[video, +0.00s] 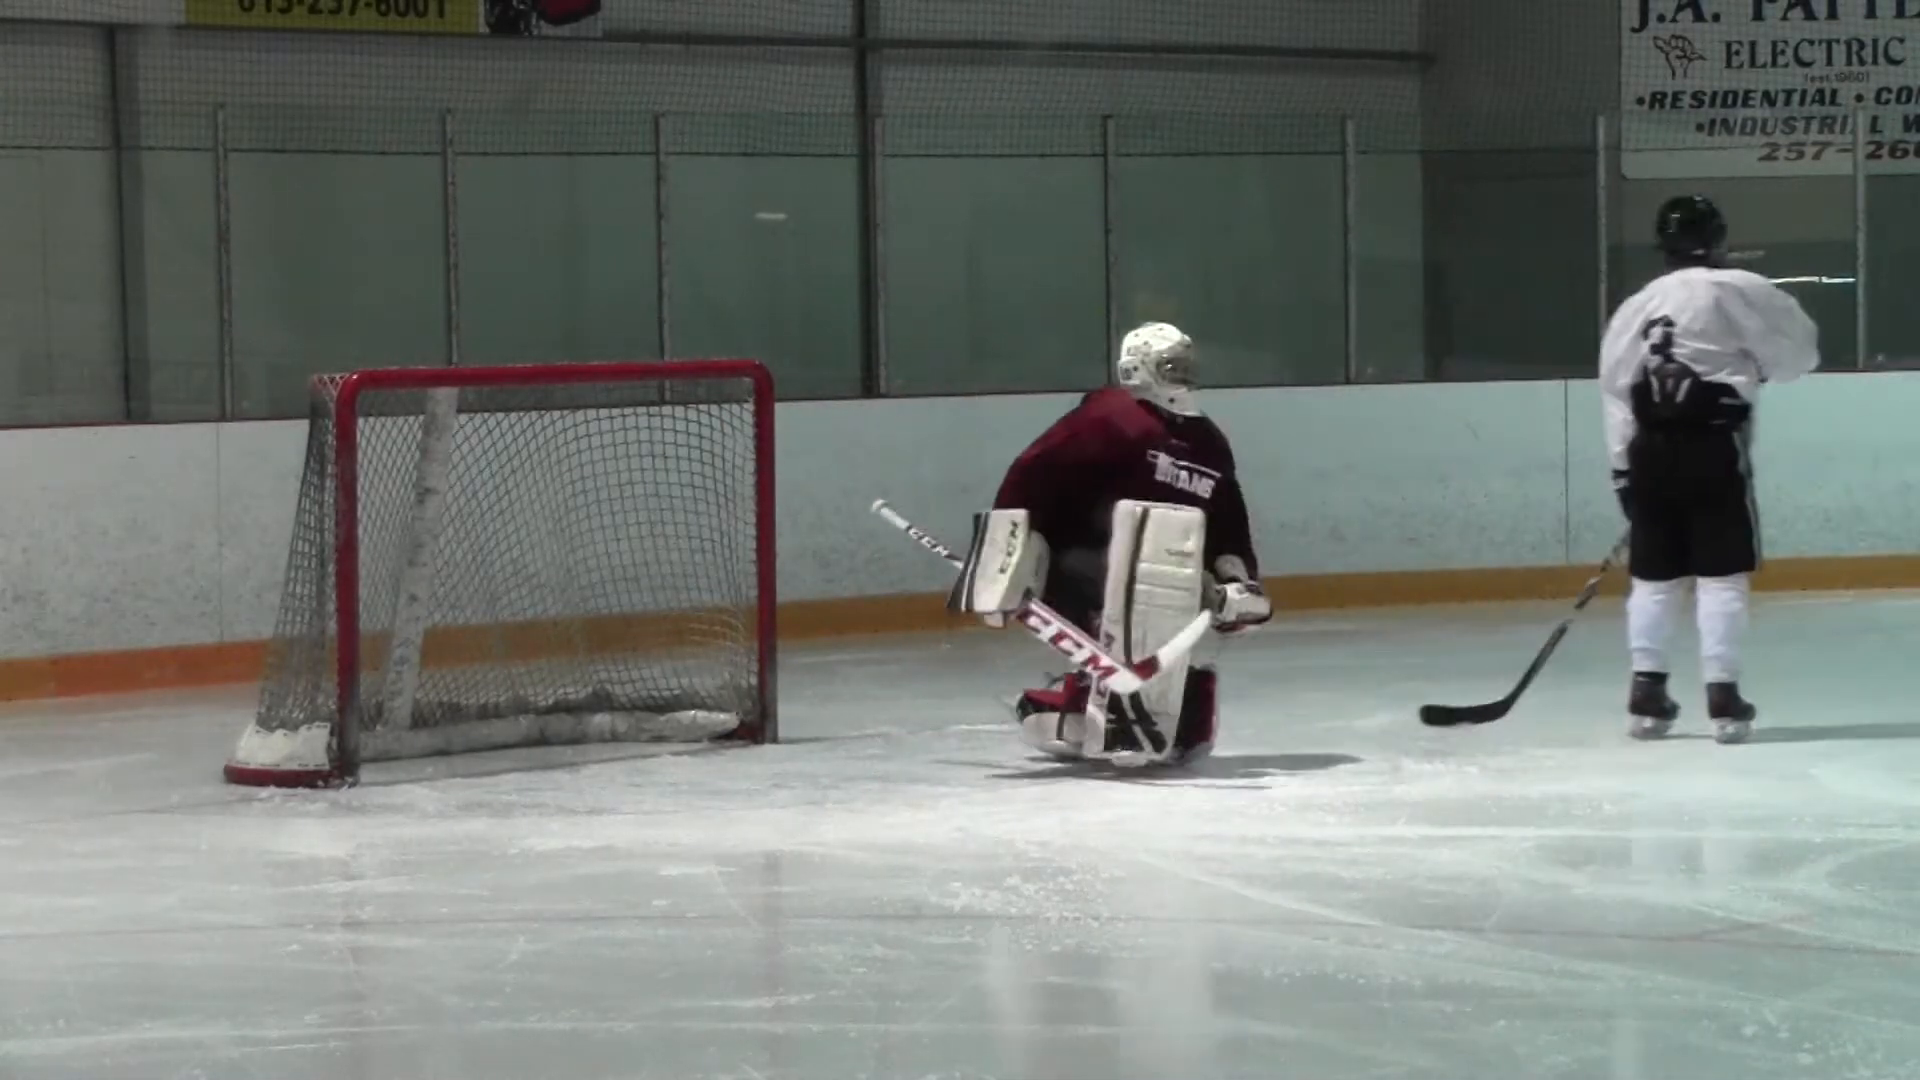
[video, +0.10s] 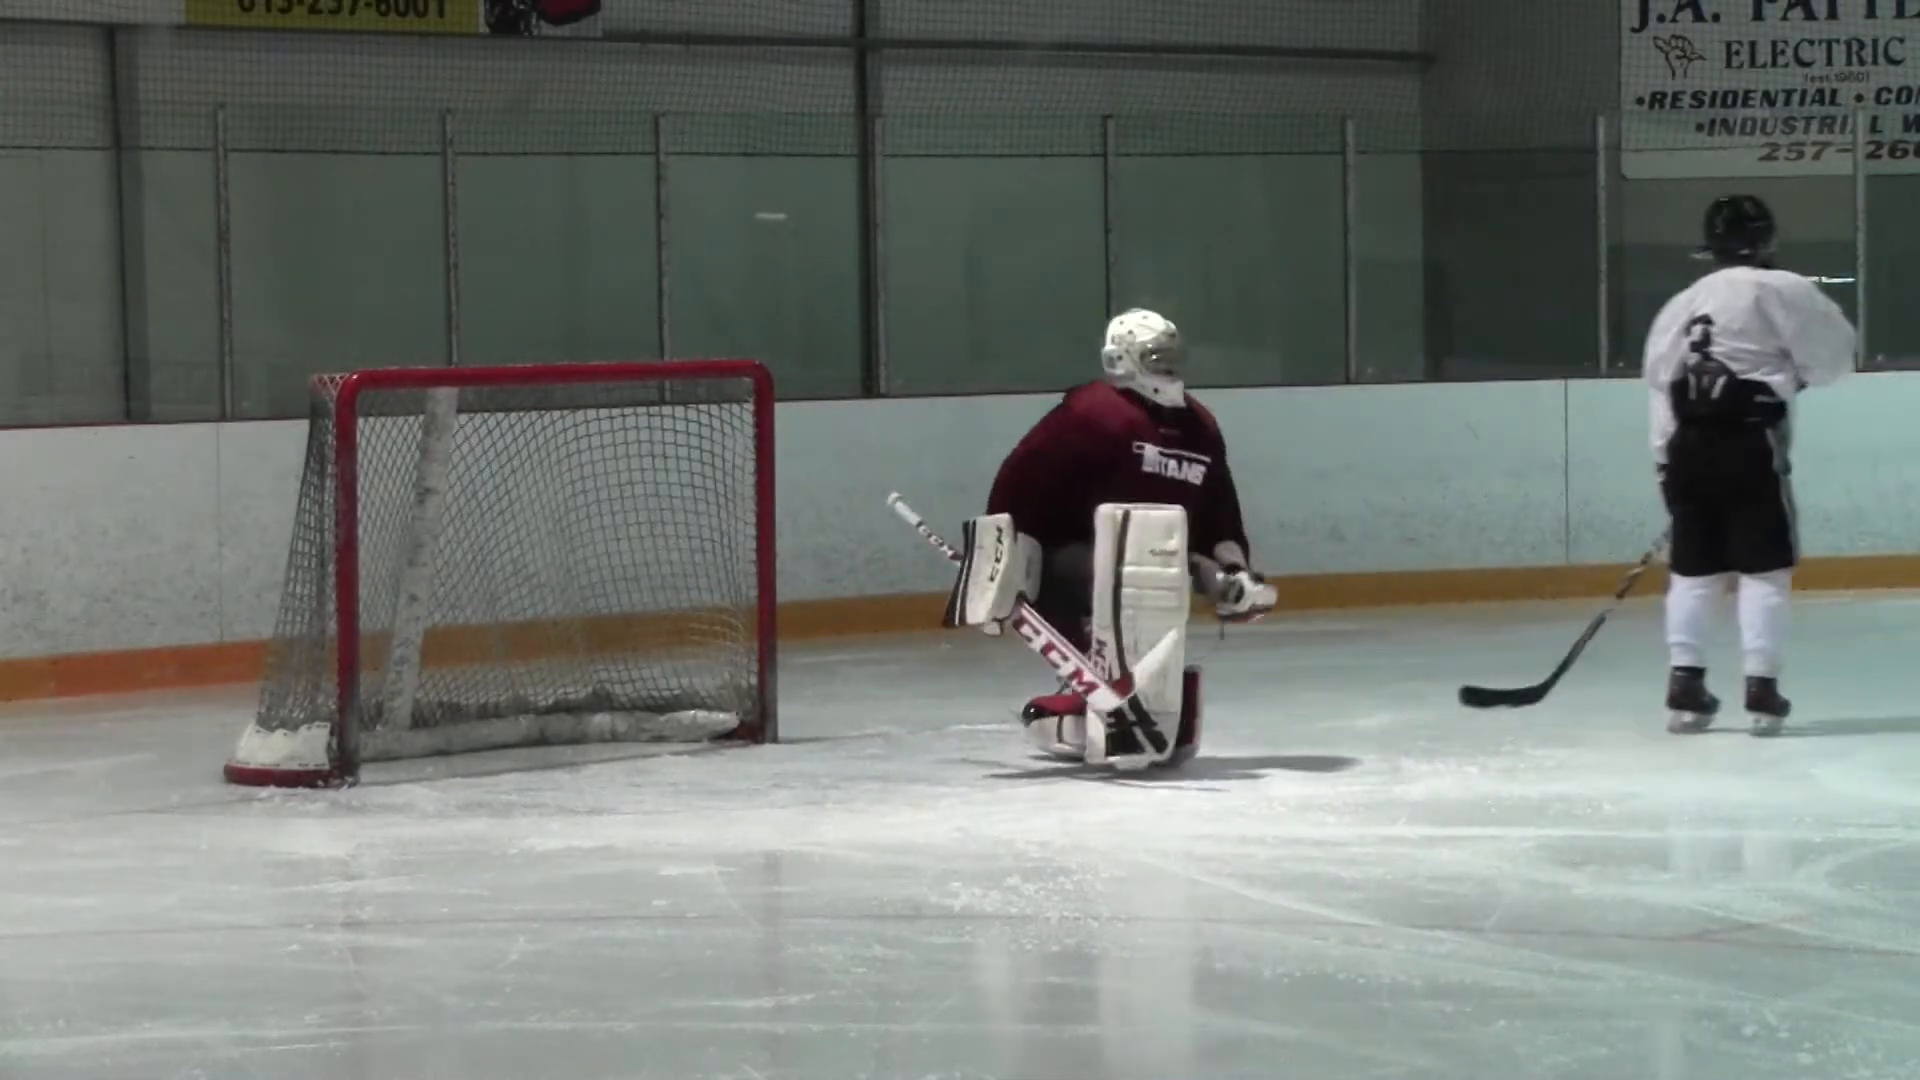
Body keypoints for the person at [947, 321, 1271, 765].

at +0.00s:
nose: (1183, 380)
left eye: (1187, 370)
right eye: (1171, 369)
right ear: (1139, 372)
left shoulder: (1207, 439)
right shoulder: (1110, 417)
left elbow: (1229, 522)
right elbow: (1028, 477)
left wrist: (1238, 582)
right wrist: (1003, 569)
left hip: (1160, 587)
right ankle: (1043, 716)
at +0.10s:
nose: (1169, 370)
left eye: (1173, 360)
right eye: (1157, 360)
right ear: (1126, 362)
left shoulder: (1199, 425)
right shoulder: (1092, 412)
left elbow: (1219, 509)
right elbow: (1016, 485)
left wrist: (1233, 569)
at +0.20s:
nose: (1156, 356)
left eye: (1160, 344)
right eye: (1144, 346)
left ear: (1170, 342)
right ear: (1113, 348)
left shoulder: (1187, 405)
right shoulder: (1078, 400)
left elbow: (1211, 491)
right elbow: (1009, 482)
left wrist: (1238, 539)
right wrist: (998, 573)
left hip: (1149, 568)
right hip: (1063, 557)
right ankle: (1049, 727)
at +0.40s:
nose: (1135, 304)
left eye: (1138, 293)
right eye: (1125, 293)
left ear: (1081, 290)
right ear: (1106, 293)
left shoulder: (1166, 350)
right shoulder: (1058, 346)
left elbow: (1203, 414)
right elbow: (996, 435)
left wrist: (1257, 385)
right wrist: (978, 526)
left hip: (1134, 522)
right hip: (1050, 518)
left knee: (1152, 603)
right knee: (1128, 591)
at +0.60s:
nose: (1108, 234)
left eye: (1113, 221)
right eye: (1095, 222)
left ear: (1119, 221)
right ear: (1065, 221)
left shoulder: (1130, 285)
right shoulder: (1034, 276)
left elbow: (1159, 368)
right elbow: (968, 366)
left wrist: (1232, 387)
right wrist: (956, 467)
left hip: (1108, 465)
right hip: (1048, 466)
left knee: (1156, 579)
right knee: (1105, 584)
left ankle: (1138, 707)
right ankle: (1103, 729)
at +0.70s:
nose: (1097, 228)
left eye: (1102, 217)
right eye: (1084, 218)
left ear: (1109, 216)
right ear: (1051, 218)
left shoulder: (1110, 278)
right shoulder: (1024, 273)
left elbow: (1114, 367)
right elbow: (962, 363)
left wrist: (1175, 407)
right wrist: (966, 462)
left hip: (1094, 456)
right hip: (1030, 461)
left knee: (1131, 571)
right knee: (1068, 589)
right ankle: (1034, 720)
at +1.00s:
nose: (1086, 248)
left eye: (1092, 238)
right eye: (1078, 235)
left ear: (1094, 236)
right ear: (1048, 227)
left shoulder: (1077, 292)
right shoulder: (1008, 267)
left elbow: (1059, 391)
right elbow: (955, 355)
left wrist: (1099, 451)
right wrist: (969, 463)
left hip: (1066, 468)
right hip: (1012, 472)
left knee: (1123, 564)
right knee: (1027, 597)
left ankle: (1148, 696)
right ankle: (990, 725)